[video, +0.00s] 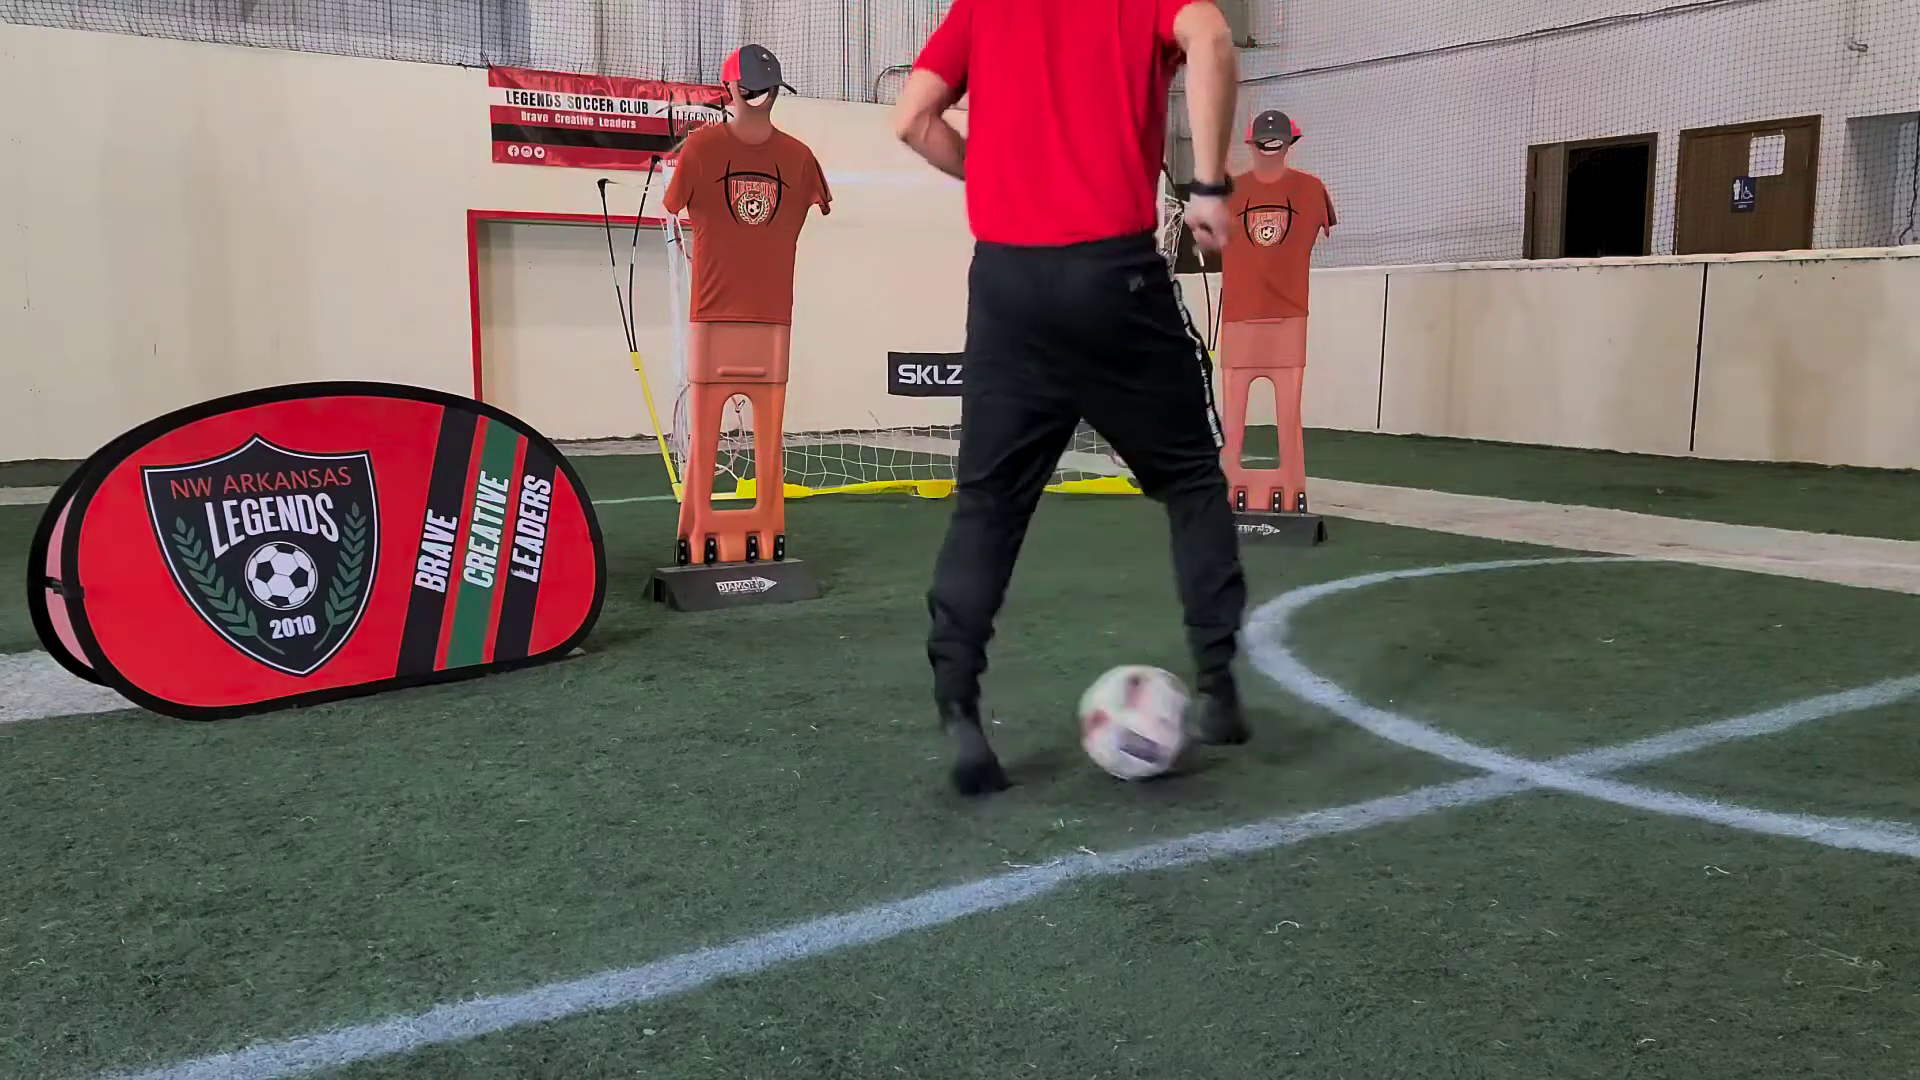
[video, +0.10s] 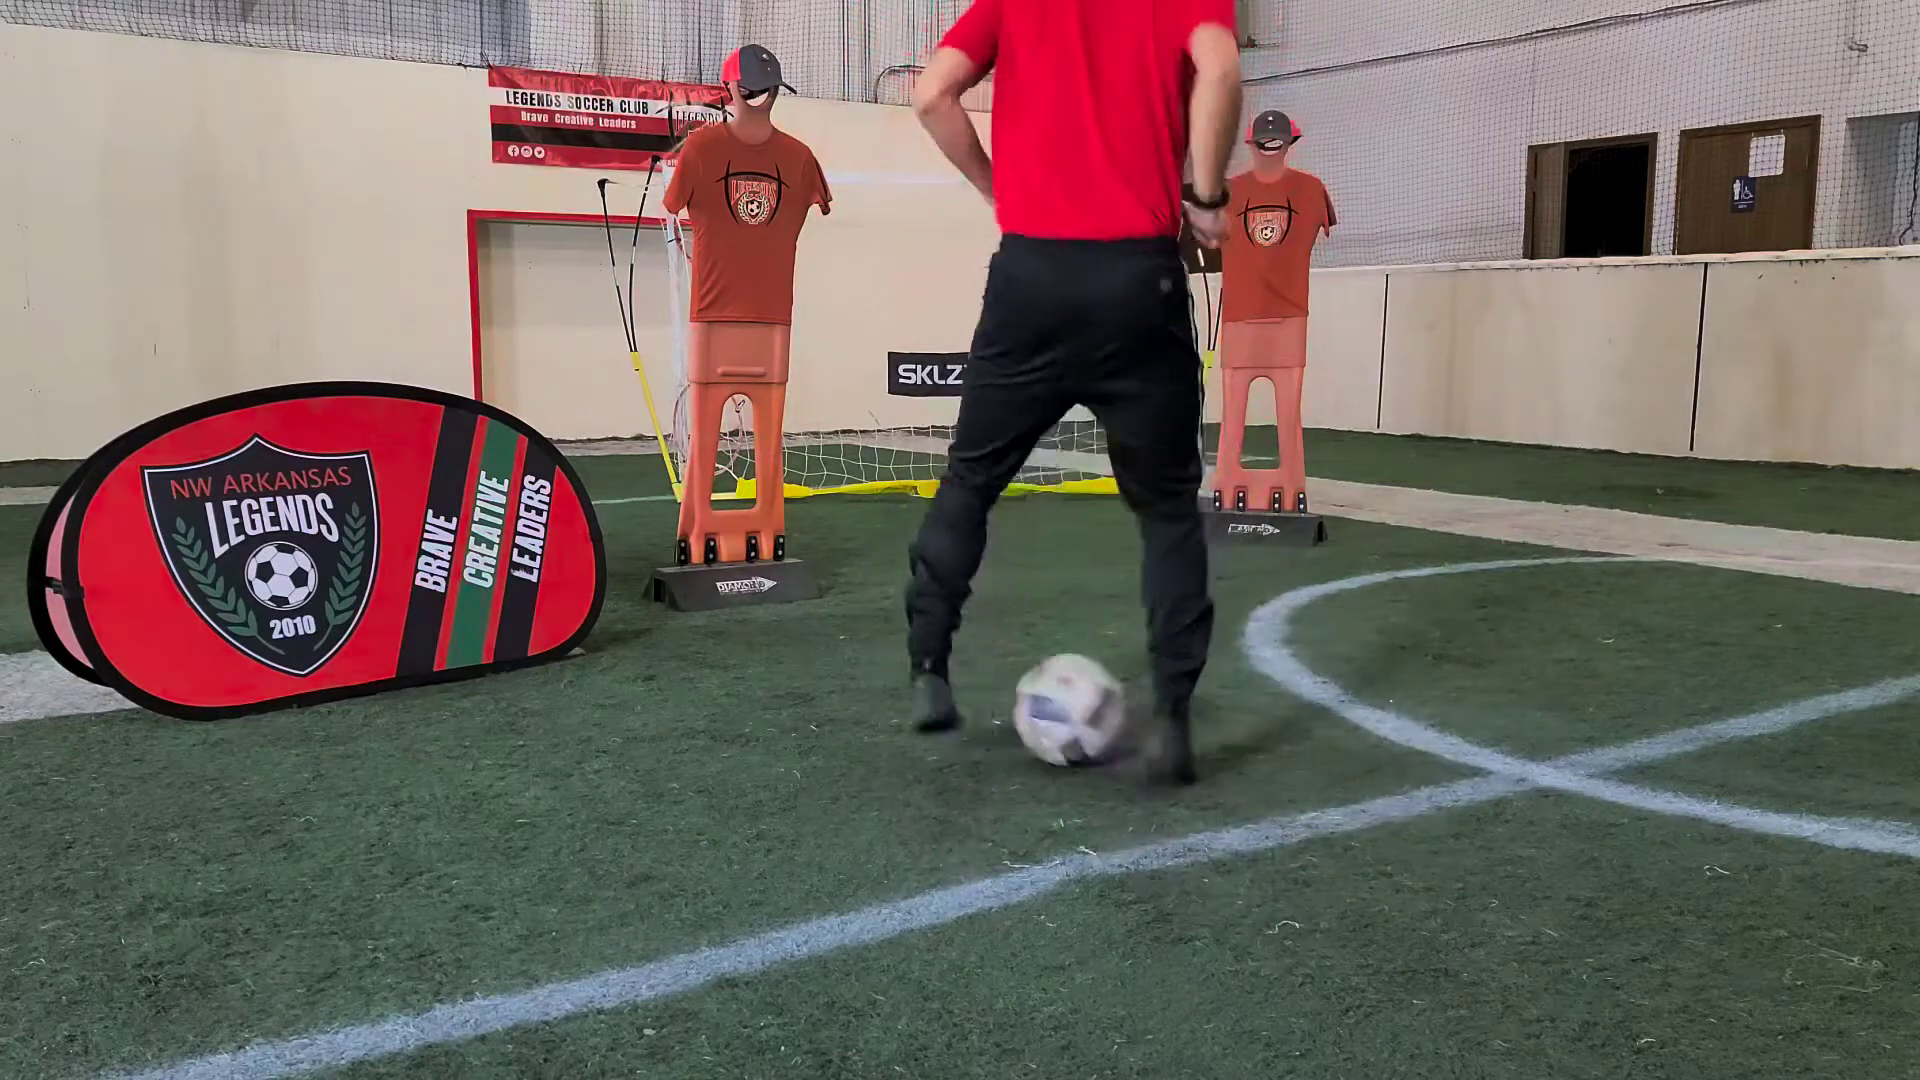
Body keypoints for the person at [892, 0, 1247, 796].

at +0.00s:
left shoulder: (980, 6)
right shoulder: (1149, 2)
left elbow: (913, 119)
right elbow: (1210, 38)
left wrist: (1001, 172)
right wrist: (1211, 185)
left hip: (1004, 278)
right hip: (1113, 274)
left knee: (987, 494)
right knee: (1190, 477)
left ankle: (958, 708)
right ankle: (1216, 686)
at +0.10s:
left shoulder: (1013, 4)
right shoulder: (1188, 2)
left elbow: (932, 95)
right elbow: (1220, 70)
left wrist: (1000, 188)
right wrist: (1206, 195)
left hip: (1031, 271)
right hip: (1141, 273)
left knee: (970, 474)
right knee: (1167, 502)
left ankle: (929, 669)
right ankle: (1173, 714)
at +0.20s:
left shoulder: (1041, 15)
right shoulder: (1210, 42)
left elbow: (955, 91)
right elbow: (1260, 167)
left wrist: (978, 212)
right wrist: (1212, 218)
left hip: (1044, 305)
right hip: (1152, 315)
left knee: (974, 474)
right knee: (1154, 533)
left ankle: (927, 650)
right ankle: (1151, 748)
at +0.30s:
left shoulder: (1030, 5)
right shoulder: (1195, 18)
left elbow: (959, 72)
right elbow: (1257, 140)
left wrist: (981, 188)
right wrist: (1188, 184)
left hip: (1051, 283)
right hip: (1156, 288)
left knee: (1003, 470)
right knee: (1170, 505)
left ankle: (978, 656)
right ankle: (1173, 718)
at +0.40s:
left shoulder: (1008, 15)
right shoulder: (1171, 17)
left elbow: (950, 125)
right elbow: (1243, 115)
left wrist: (1011, 198)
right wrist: (1220, 224)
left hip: (1042, 286)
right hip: (1146, 285)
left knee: (1026, 496)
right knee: (1213, 472)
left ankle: (1024, 695)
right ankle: (1229, 663)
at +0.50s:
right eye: (1155, 9)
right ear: (1140, 1)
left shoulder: (1006, 52)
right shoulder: (1165, 42)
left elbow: (954, 180)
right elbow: (1234, 108)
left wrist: (1028, 200)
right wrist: (1237, 234)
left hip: (1037, 315)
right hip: (1141, 308)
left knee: (1032, 514)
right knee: (1222, 466)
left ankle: (1032, 712)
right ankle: (1259, 648)